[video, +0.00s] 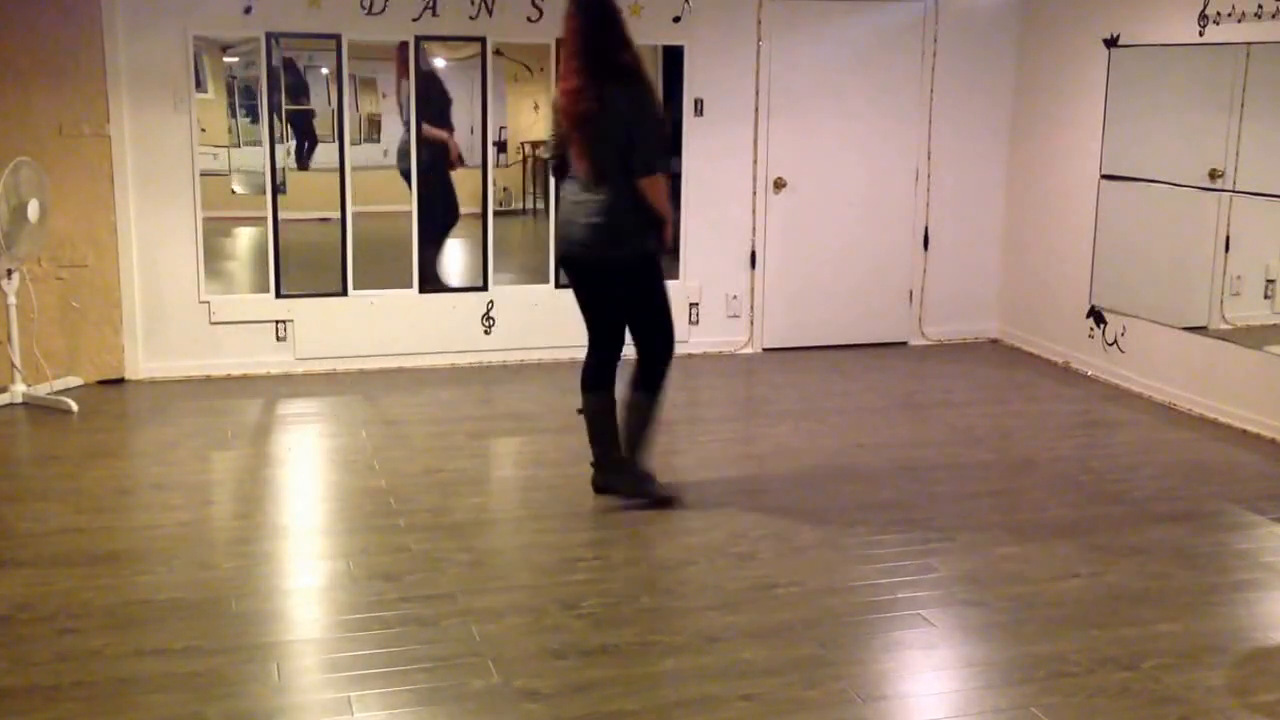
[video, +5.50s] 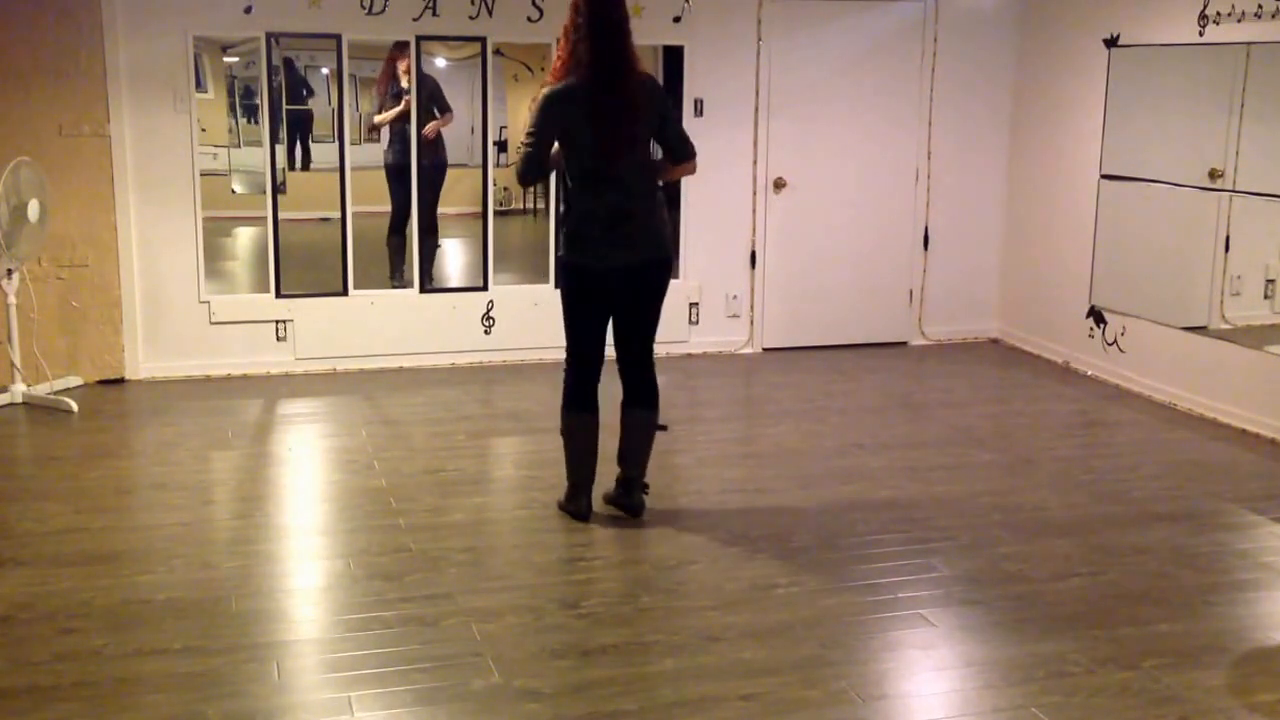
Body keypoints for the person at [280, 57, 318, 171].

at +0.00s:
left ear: (284, 68)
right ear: (295, 65)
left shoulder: (283, 80)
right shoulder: (299, 79)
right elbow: (304, 97)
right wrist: (310, 109)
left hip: (290, 111)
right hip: (301, 110)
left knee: (300, 140)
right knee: (313, 139)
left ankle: (300, 163)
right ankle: (305, 161)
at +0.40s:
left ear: (295, 68)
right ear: (309, 66)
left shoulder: (292, 83)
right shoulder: (316, 80)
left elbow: (288, 100)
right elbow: (323, 96)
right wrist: (316, 103)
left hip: (301, 114)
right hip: (317, 113)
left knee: (305, 142)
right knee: (319, 143)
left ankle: (304, 168)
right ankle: (321, 168)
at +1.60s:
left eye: (285, 68)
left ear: (285, 68)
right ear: (296, 66)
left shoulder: (284, 81)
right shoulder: (303, 79)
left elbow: (280, 98)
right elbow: (308, 96)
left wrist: (281, 110)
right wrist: (304, 102)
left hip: (290, 111)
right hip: (304, 110)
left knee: (290, 144)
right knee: (309, 142)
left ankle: (291, 170)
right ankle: (315, 168)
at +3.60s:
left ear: (284, 67)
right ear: (297, 66)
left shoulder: (283, 82)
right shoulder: (302, 80)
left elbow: (280, 100)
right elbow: (307, 97)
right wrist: (312, 110)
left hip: (291, 114)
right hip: (307, 113)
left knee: (294, 142)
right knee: (307, 143)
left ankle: (292, 168)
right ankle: (307, 169)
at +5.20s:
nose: (282, 70)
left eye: (282, 68)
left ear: (283, 67)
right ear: (293, 65)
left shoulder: (282, 79)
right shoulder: (300, 77)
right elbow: (308, 94)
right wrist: (304, 101)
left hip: (287, 112)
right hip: (300, 112)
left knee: (288, 143)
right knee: (298, 142)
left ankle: (290, 168)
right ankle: (303, 166)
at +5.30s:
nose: (283, 70)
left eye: (283, 67)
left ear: (283, 67)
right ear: (294, 66)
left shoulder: (282, 81)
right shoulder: (300, 78)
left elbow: (278, 97)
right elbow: (311, 91)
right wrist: (304, 99)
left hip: (289, 113)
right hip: (303, 112)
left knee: (291, 143)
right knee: (302, 142)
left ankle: (290, 168)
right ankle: (305, 167)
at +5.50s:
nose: (284, 70)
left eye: (283, 67)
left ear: (283, 67)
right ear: (294, 65)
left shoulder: (282, 81)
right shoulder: (300, 77)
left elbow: (278, 96)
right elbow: (311, 91)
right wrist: (304, 98)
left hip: (289, 112)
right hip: (303, 112)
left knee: (291, 143)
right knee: (304, 142)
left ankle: (291, 168)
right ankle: (305, 168)